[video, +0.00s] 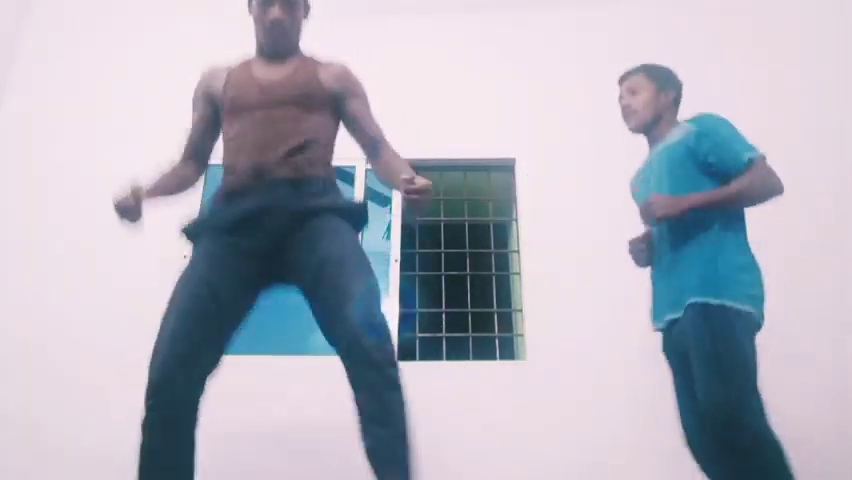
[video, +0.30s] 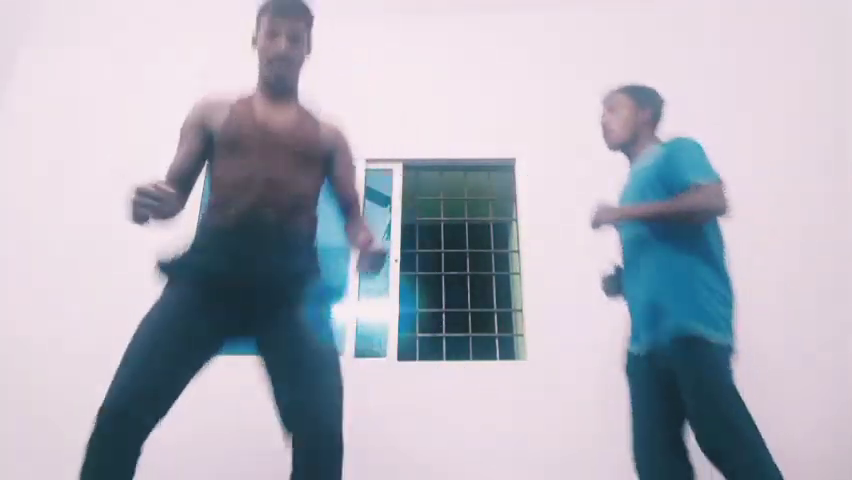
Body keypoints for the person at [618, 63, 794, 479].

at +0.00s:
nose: (624, 102)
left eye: (634, 92)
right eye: (621, 97)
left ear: (668, 96)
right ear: (621, 107)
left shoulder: (702, 129)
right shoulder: (642, 177)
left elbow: (766, 181)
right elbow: (683, 238)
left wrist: (684, 203)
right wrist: (650, 250)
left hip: (718, 296)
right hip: (673, 312)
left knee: (733, 424)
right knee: (702, 436)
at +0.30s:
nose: (604, 120)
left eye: (613, 111)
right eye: (603, 113)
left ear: (645, 115)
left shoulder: (678, 150)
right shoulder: (633, 182)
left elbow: (714, 198)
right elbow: (667, 255)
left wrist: (624, 213)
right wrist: (626, 278)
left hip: (693, 324)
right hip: (648, 335)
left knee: (725, 437)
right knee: (655, 453)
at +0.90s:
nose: (541, 114)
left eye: (548, 104)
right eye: (539, 108)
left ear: (580, 104)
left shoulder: (616, 137)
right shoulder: (570, 174)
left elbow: (669, 190)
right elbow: (593, 242)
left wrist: (587, 217)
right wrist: (555, 254)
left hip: (621, 301)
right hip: (575, 311)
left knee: (635, 412)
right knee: (581, 432)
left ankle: (668, 475)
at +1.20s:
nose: (573, 135)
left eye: (582, 125)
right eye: (573, 128)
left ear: (615, 129)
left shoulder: (647, 174)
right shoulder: (602, 199)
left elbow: (670, 236)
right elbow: (628, 274)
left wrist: (583, 243)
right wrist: (585, 279)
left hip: (642, 346)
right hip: (605, 349)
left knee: (628, 463)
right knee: (588, 461)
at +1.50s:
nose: (584, 130)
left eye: (593, 120)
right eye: (585, 123)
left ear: (623, 123)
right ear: (614, 126)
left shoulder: (647, 160)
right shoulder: (619, 183)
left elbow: (673, 214)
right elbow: (644, 267)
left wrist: (595, 238)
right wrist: (602, 278)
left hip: (655, 309)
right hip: (632, 314)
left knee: (656, 423)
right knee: (645, 423)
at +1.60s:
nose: (587, 171)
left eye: (597, 162)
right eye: (586, 164)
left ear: (627, 168)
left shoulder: (646, 204)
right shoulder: (629, 230)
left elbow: (686, 263)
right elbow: (659, 326)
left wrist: (606, 294)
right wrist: (608, 329)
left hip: (674, 356)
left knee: (653, 458)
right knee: (670, 464)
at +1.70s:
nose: (588, 159)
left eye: (596, 149)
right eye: (587, 152)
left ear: (628, 153)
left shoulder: (664, 198)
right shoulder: (614, 236)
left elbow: (714, 255)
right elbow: (596, 301)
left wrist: (639, 279)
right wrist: (558, 259)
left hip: (679, 330)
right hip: (640, 343)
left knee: (636, 422)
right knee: (671, 440)